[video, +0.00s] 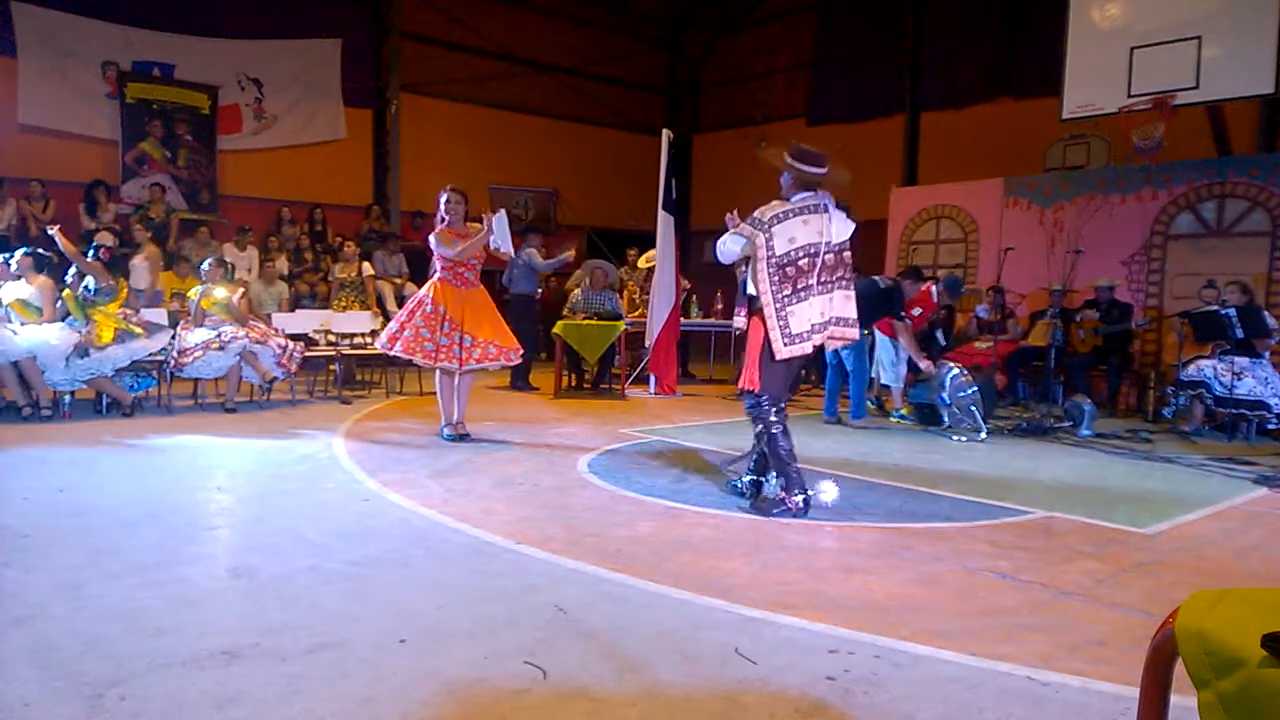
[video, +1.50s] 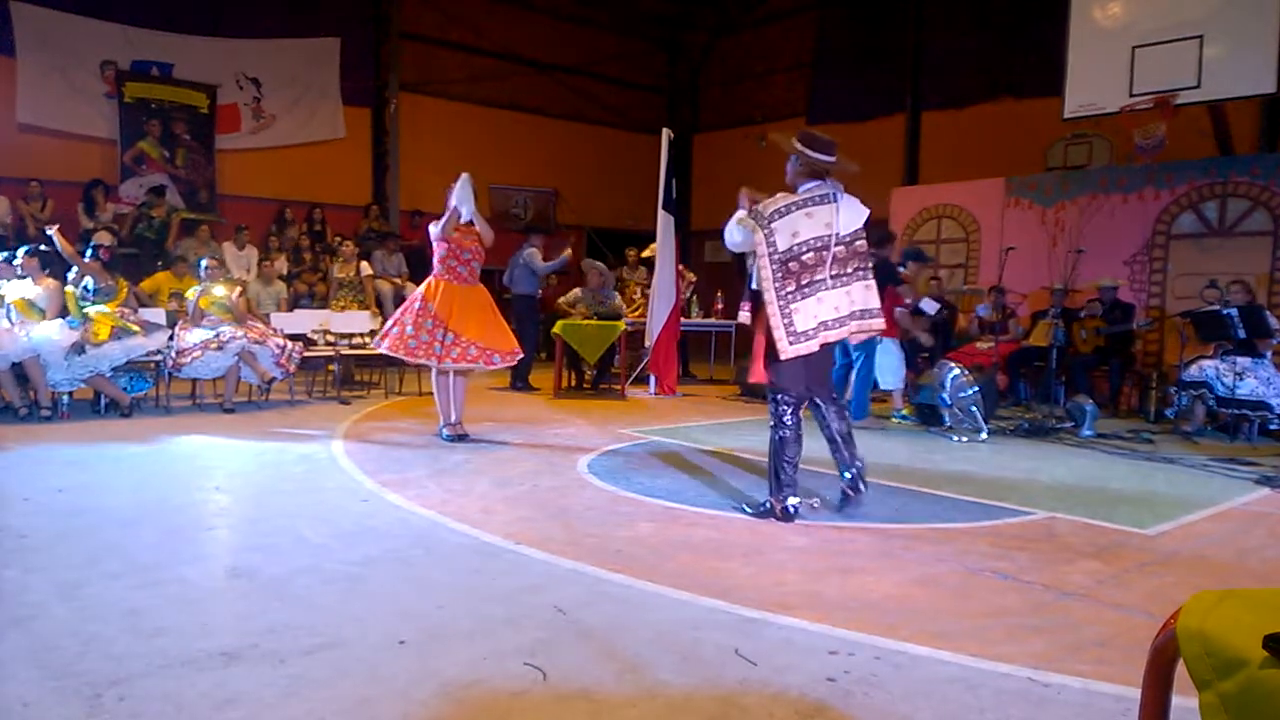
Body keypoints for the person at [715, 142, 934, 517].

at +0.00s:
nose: (781, 177)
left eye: (786, 173)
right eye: (784, 172)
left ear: (793, 179)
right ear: (819, 181)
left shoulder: (771, 217)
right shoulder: (836, 219)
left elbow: (725, 252)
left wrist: (734, 231)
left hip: (776, 321)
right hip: (811, 321)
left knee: (762, 400)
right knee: (771, 399)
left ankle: (793, 490)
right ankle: (756, 474)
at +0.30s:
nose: (798, 164)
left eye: (803, 160)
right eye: (802, 159)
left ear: (810, 167)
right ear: (838, 169)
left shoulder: (792, 209)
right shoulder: (850, 207)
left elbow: (754, 248)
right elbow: (860, 270)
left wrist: (762, 208)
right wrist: (868, 321)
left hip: (800, 317)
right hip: (835, 314)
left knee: (791, 398)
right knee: (807, 395)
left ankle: (793, 494)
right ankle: (830, 480)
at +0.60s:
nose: (820, 168)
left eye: (824, 162)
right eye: (823, 162)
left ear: (835, 166)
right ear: (858, 169)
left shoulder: (820, 209)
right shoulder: (881, 212)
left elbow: (779, 250)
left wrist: (780, 214)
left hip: (817, 317)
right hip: (859, 318)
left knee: (802, 404)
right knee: (854, 405)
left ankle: (793, 495)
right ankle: (870, 499)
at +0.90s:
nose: (825, 169)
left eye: (829, 163)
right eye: (828, 163)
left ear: (841, 166)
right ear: (863, 168)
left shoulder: (828, 210)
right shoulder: (886, 210)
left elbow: (784, 249)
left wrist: (774, 209)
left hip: (823, 320)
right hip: (865, 321)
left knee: (798, 398)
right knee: (863, 403)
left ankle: (791, 494)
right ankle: (872, 498)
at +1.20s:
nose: (812, 165)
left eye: (816, 160)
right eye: (815, 158)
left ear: (827, 165)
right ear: (851, 167)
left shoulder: (807, 207)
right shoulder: (872, 208)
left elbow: (767, 248)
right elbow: (880, 269)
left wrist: (760, 210)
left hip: (810, 318)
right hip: (855, 318)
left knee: (802, 406)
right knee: (856, 406)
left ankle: (785, 495)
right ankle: (870, 499)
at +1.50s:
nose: (786, 165)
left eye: (791, 160)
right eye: (790, 160)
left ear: (800, 166)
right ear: (825, 169)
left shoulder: (779, 210)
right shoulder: (848, 208)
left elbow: (734, 239)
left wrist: (744, 209)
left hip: (788, 320)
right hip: (828, 317)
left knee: (784, 405)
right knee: (823, 395)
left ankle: (782, 497)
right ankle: (852, 474)